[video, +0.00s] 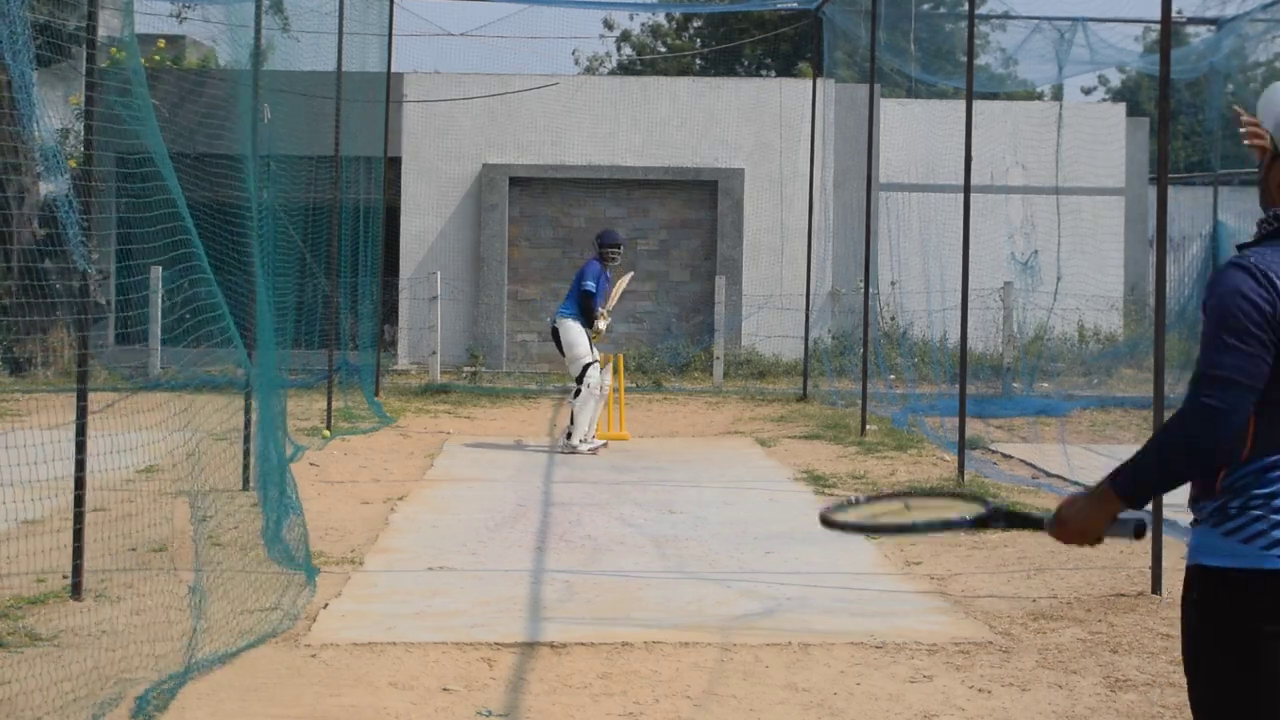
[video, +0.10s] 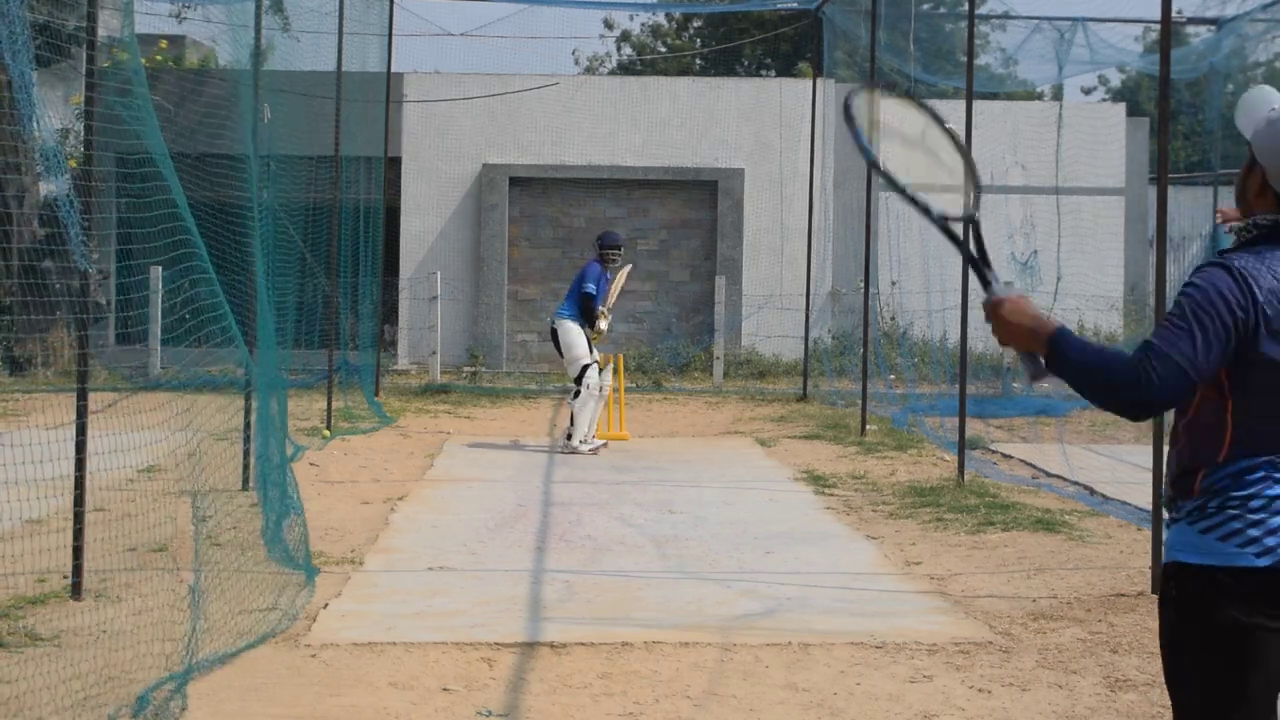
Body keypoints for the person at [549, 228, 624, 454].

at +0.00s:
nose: (613, 254)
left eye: (617, 250)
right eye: (609, 249)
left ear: (621, 251)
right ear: (600, 249)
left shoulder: (606, 275)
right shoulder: (593, 268)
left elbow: (602, 303)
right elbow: (587, 299)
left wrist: (603, 317)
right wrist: (596, 320)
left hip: (581, 325)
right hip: (569, 323)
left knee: (601, 380)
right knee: (590, 378)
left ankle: (585, 435)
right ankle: (574, 438)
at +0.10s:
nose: (613, 255)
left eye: (617, 251)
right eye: (609, 251)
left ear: (621, 253)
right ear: (600, 251)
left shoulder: (605, 275)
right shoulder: (593, 269)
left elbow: (602, 303)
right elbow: (587, 300)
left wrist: (603, 315)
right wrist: (596, 322)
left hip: (579, 326)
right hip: (567, 324)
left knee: (601, 380)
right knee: (589, 380)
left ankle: (585, 435)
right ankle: (575, 439)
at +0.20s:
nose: (613, 257)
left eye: (617, 253)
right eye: (609, 252)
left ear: (621, 255)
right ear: (601, 251)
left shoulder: (605, 275)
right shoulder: (594, 269)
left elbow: (602, 303)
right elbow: (588, 302)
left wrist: (604, 317)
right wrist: (597, 322)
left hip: (578, 325)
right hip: (566, 323)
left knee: (600, 380)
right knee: (587, 379)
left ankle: (586, 435)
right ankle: (574, 439)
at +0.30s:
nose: (615, 258)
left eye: (619, 254)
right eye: (611, 253)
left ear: (624, 256)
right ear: (603, 253)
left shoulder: (608, 276)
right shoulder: (596, 269)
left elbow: (604, 303)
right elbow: (589, 300)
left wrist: (603, 318)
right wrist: (594, 323)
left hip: (580, 325)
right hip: (567, 323)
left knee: (600, 380)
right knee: (586, 380)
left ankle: (586, 435)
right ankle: (574, 439)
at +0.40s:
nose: (617, 259)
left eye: (621, 255)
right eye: (613, 254)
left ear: (625, 257)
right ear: (604, 254)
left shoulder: (610, 277)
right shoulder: (597, 270)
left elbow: (604, 306)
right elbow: (589, 302)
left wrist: (601, 320)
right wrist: (593, 325)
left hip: (579, 326)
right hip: (566, 323)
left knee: (600, 380)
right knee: (585, 380)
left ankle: (586, 435)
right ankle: (573, 439)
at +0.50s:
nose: (618, 263)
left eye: (622, 259)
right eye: (615, 258)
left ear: (626, 261)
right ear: (607, 257)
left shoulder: (610, 280)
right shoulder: (600, 274)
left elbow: (604, 306)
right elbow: (594, 306)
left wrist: (606, 315)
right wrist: (599, 323)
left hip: (577, 326)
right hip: (564, 322)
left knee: (601, 380)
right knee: (587, 379)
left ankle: (585, 435)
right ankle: (574, 439)